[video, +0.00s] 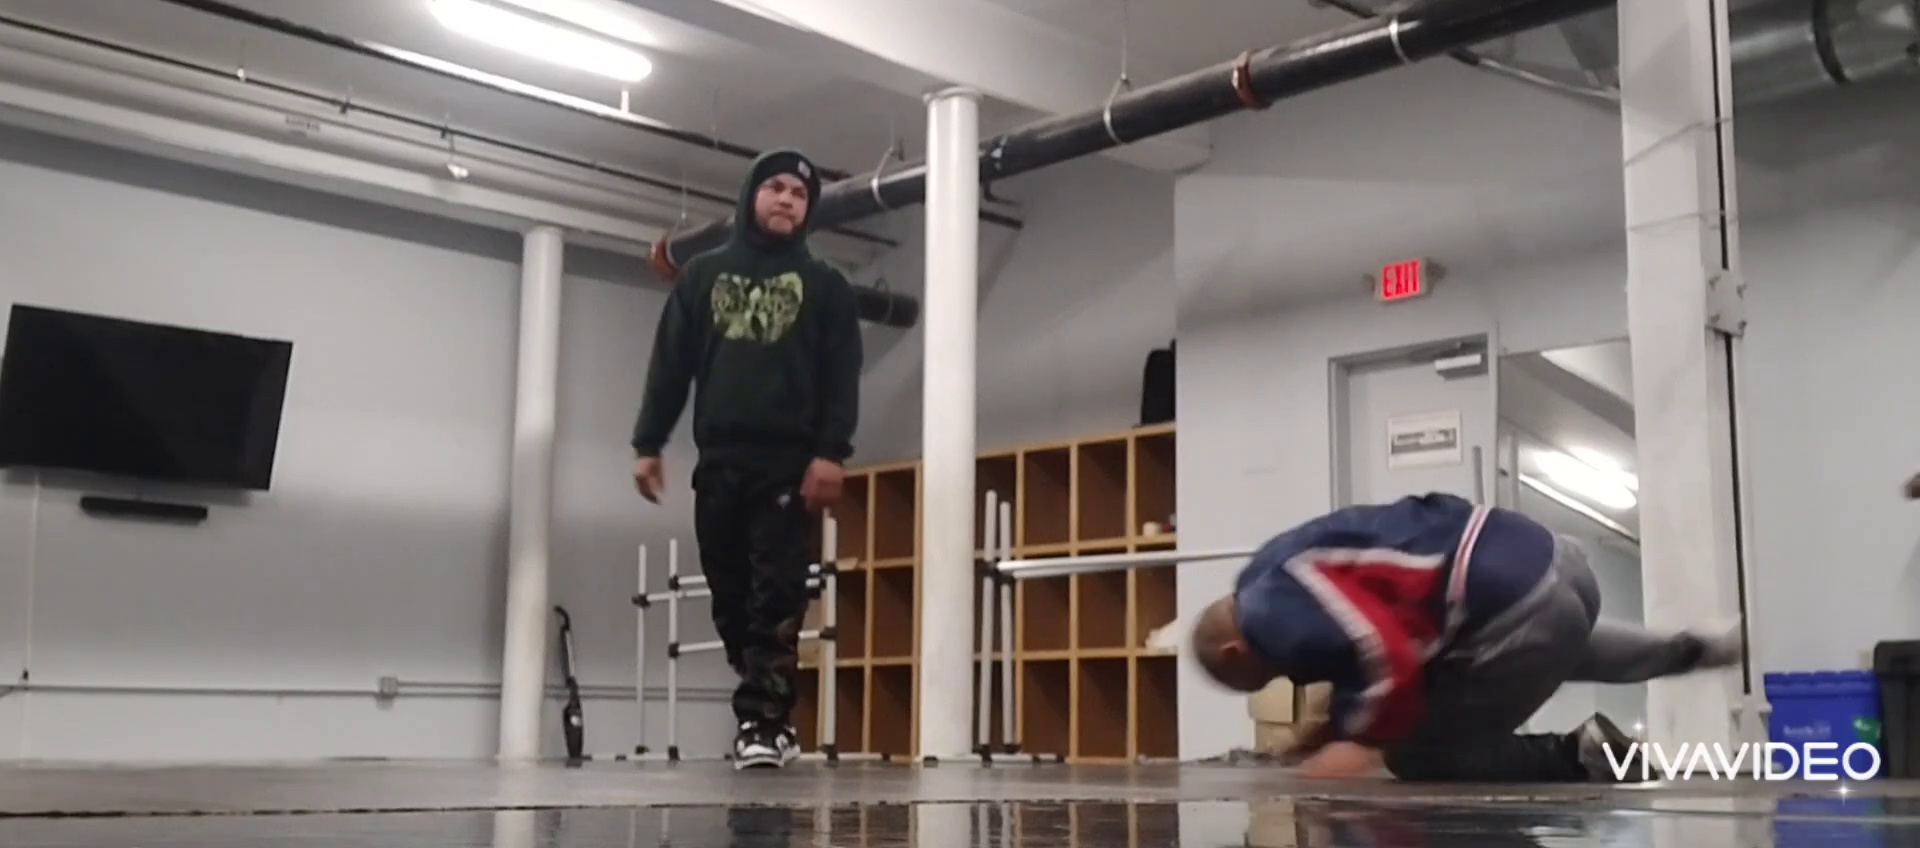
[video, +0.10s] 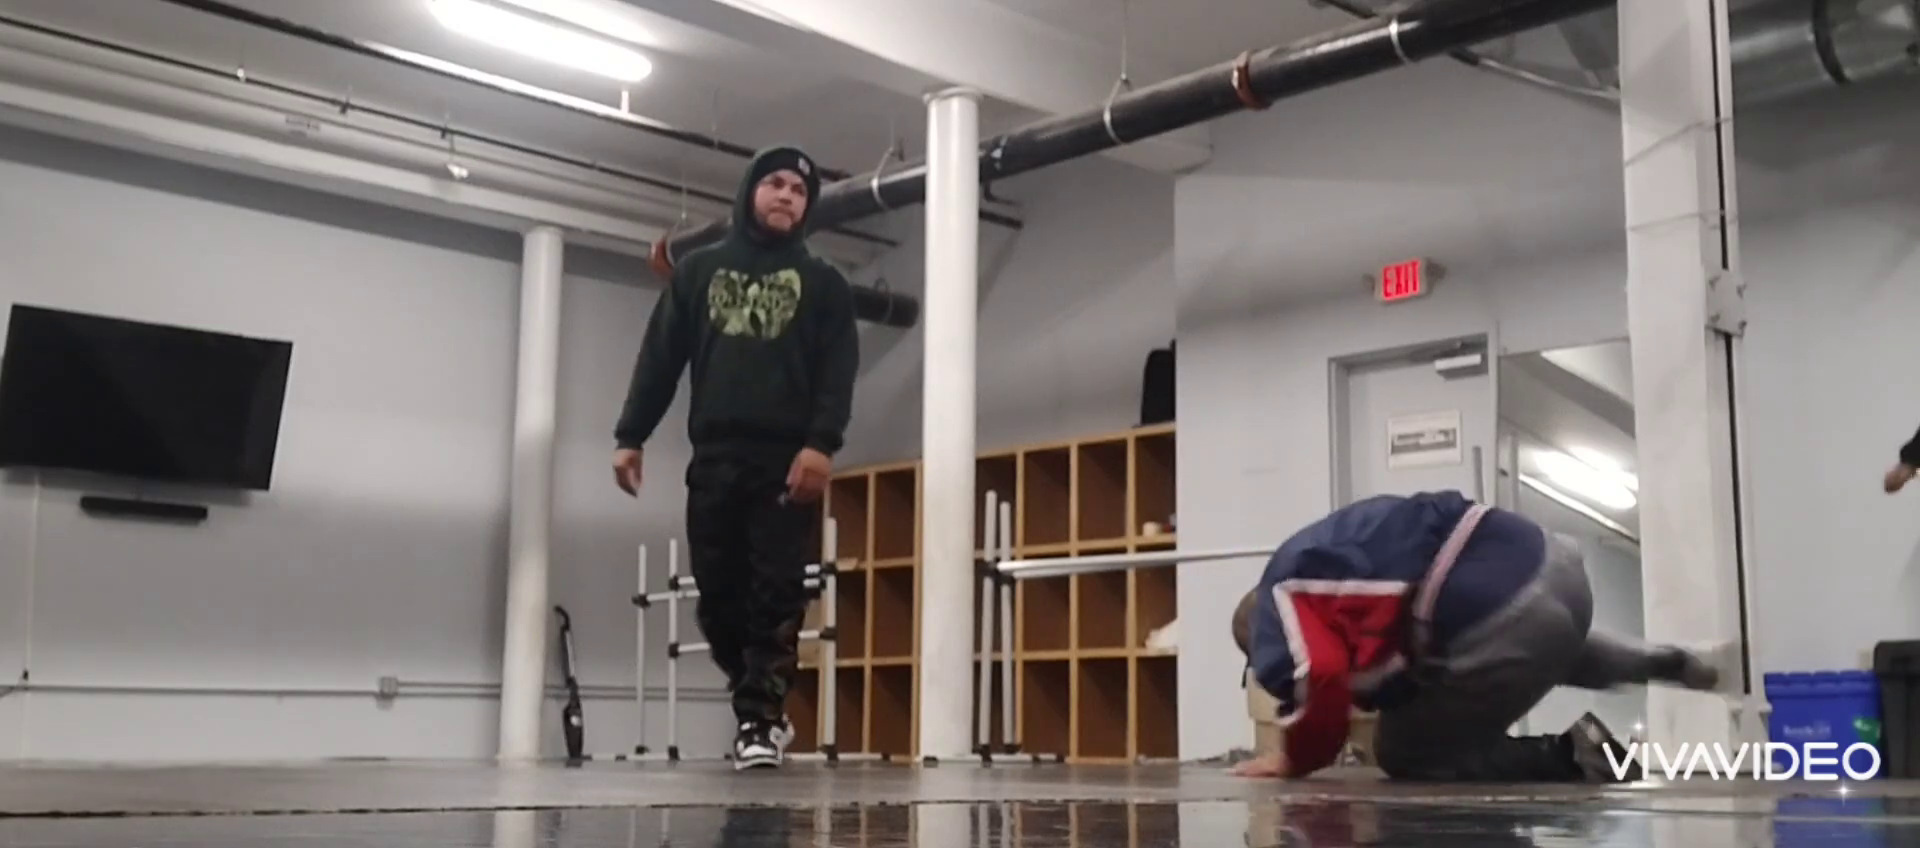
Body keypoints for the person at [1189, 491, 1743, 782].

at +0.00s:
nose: (1261, 683)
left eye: (1241, 680)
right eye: (1247, 680)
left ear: (1229, 649)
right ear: (1232, 622)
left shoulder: (1268, 601)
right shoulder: (1284, 562)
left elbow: (1388, 653)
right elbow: (1376, 649)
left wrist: (1360, 741)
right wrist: (1328, 729)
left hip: (1519, 623)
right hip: (1560, 563)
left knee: (1418, 756)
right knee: (1554, 647)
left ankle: (1576, 755)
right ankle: (1690, 649)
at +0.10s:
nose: (1267, 664)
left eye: (1258, 654)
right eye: (1261, 657)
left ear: (1256, 628)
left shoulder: (1274, 605)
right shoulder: (1340, 542)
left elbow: (1323, 687)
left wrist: (1290, 762)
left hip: (1512, 630)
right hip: (1560, 562)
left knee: (1405, 752)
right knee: (1556, 651)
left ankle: (1571, 758)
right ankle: (1683, 666)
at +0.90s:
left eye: (1319, 481)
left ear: (1336, 456)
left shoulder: (1360, 447)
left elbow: (1286, 542)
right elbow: (1511, 641)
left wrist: (1279, 608)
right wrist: (1535, 737)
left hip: (1466, 528)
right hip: (1519, 577)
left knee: (1396, 617)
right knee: (1337, 674)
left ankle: (1495, 709)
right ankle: (1232, 740)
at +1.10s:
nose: (1324, 500)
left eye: (1326, 492)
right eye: (1325, 498)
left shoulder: (1381, 424)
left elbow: (1280, 437)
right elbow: (1498, 652)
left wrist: (1218, 490)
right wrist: (1520, 752)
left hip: (1435, 533)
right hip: (1466, 618)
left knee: (1261, 553)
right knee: (1289, 657)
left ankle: (1356, 704)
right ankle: (1203, 724)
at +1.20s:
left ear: (1385, 422)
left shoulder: (1389, 424)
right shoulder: (1493, 527)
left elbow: (1288, 414)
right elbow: (1503, 659)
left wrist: (1231, 456)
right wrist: (1521, 758)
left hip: (1398, 556)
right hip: (1433, 645)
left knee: (1225, 569)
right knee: (1268, 672)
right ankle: (1195, 721)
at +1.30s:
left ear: (1402, 420)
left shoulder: (1391, 422)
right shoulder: (1493, 540)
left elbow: (1284, 422)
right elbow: (1504, 661)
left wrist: (1255, 469)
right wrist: (1522, 757)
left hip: (1393, 534)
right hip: (1425, 625)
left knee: (1212, 552)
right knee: (1266, 657)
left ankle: (1285, 694)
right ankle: (1183, 711)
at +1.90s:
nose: (1504, 660)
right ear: (1535, 581)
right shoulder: (1517, 542)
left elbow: (1337, 636)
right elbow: (1521, 659)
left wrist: (1353, 745)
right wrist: (1523, 760)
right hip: (1334, 510)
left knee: (1331, 685)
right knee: (1223, 610)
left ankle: (1257, 709)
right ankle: (1103, 704)